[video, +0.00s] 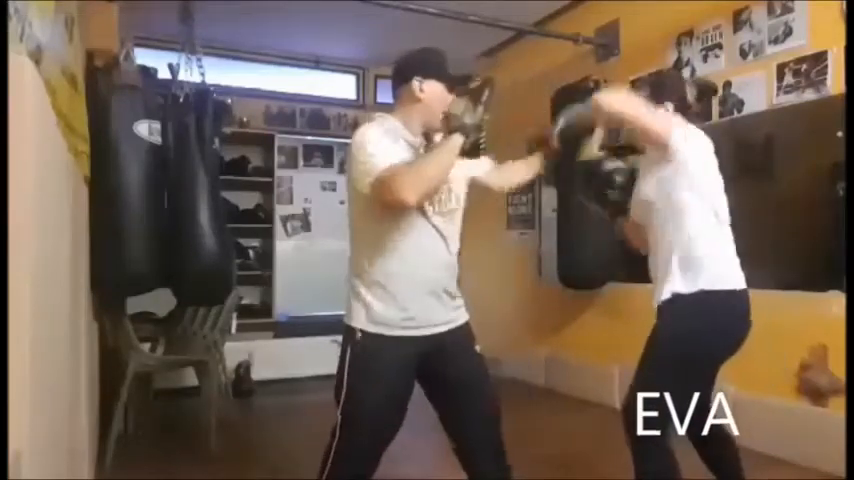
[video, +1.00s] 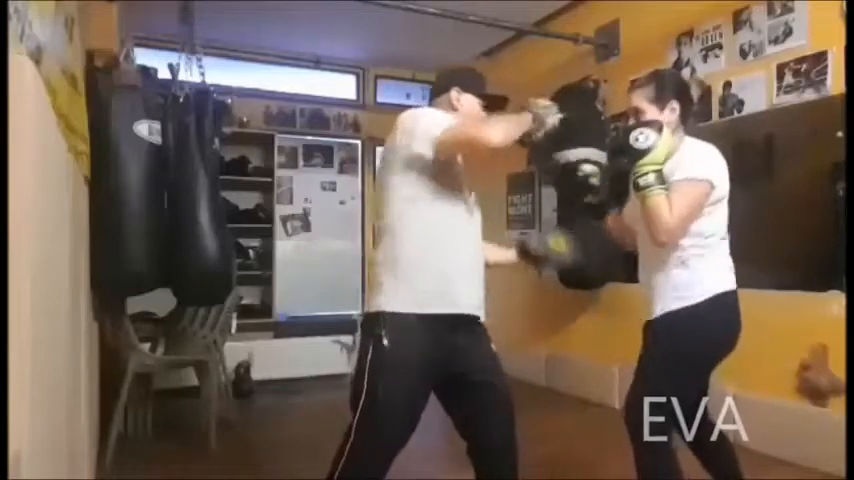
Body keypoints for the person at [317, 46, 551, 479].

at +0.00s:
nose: (454, 100)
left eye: (454, 91)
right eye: (447, 88)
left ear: (422, 91)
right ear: (418, 88)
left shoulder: (449, 149)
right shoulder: (373, 137)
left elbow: (503, 175)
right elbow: (402, 192)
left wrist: (551, 153)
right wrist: (458, 136)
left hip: (447, 327)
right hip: (381, 331)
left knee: (485, 448)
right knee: (354, 457)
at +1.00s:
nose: (486, 111)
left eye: (487, 105)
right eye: (481, 101)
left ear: (461, 102)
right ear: (455, 96)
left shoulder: (454, 163)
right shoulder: (416, 121)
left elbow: (465, 246)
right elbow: (489, 135)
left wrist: (524, 250)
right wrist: (532, 116)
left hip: (461, 324)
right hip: (402, 321)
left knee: (496, 445)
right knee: (369, 450)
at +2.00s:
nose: (483, 115)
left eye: (485, 106)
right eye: (479, 104)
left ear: (449, 101)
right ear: (448, 99)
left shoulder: (461, 145)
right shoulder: (406, 151)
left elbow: (505, 121)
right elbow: (426, 237)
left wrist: (562, 95)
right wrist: (509, 257)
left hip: (463, 325)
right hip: (401, 329)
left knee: (498, 436)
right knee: (367, 450)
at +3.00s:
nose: (503, 98)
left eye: (502, 88)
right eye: (496, 86)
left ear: (469, 90)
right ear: (468, 88)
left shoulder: (474, 152)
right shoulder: (426, 135)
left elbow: (508, 213)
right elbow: (468, 212)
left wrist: (566, 195)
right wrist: (532, 175)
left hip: (470, 327)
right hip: (410, 325)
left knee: (496, 446)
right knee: (370, 450)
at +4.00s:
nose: (452, 102)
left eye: (451, 91)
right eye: (443, 89)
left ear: (419, 93)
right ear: (412, 90)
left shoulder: (439, 146)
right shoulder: (368, 144)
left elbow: (495, 181)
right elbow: (401, 213)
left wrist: (555, 161)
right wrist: (459, 161)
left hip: (448, 334)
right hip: (380, 340)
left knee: (487, 456)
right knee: (355, 462)